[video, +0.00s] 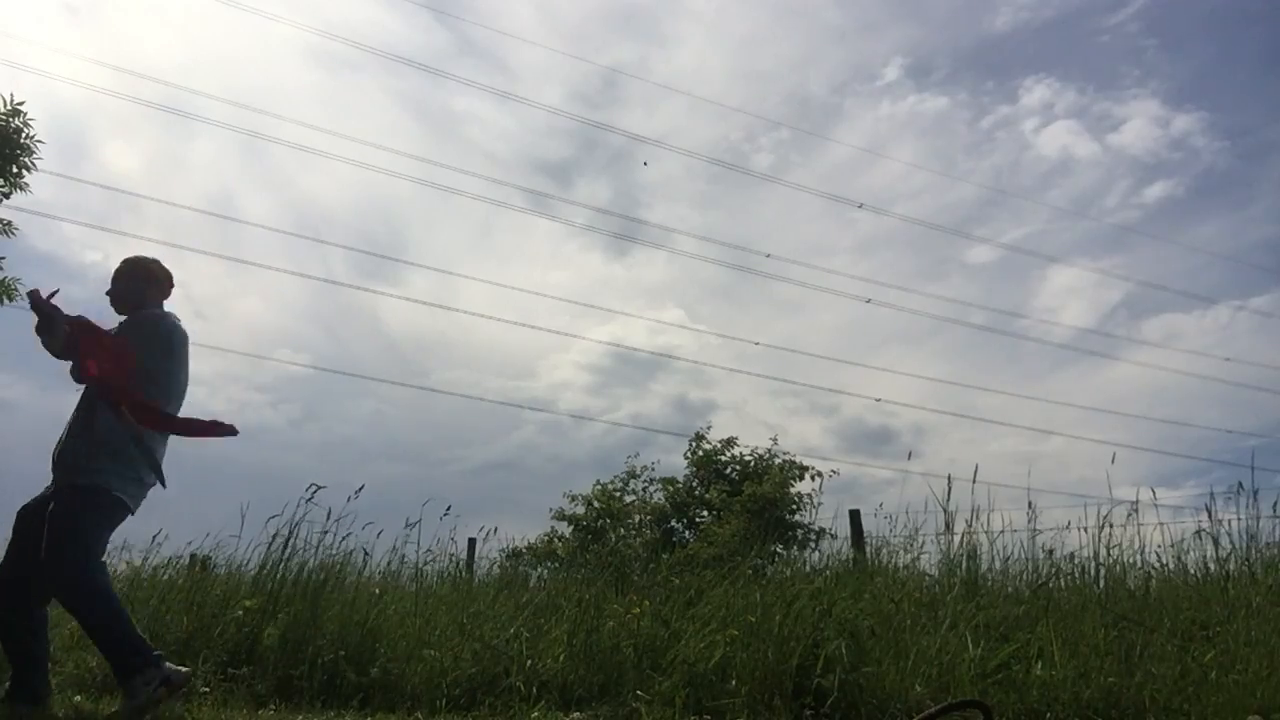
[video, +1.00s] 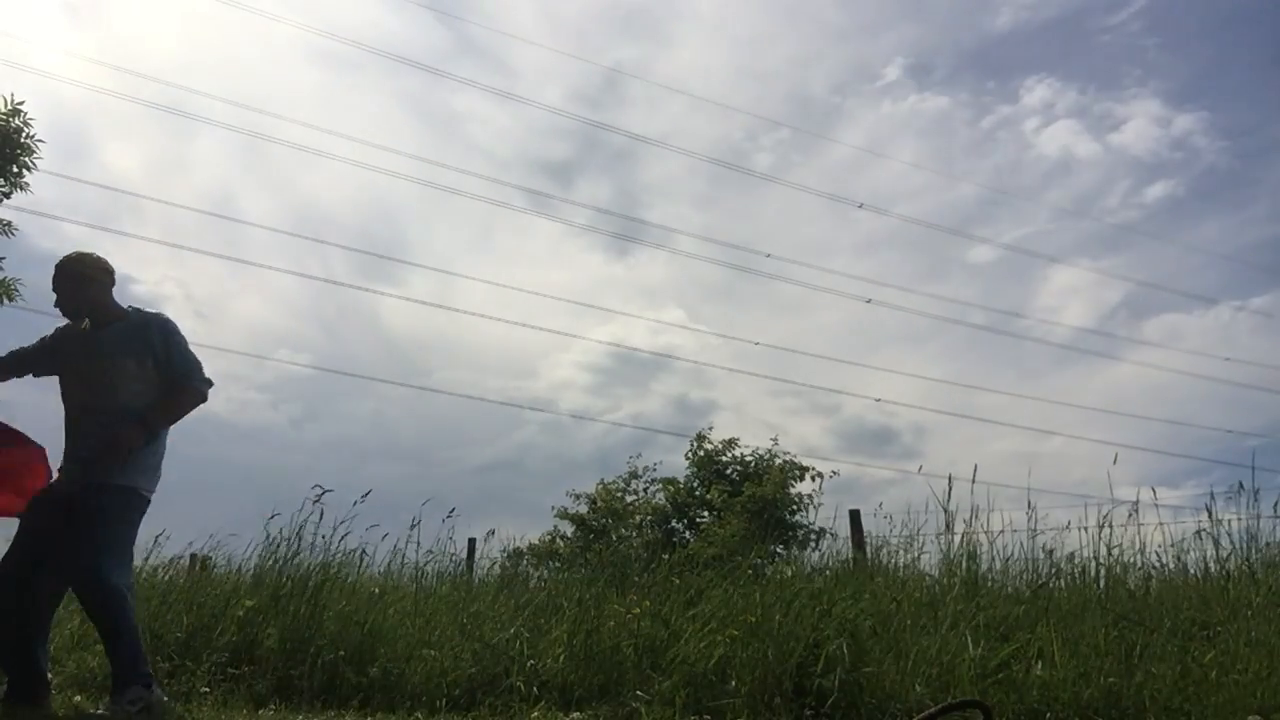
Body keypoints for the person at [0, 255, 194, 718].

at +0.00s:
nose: (110, 294)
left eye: (119, 285)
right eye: (111, 286)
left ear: (148, 286)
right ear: (150, 288)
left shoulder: (159, 328)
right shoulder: (135, 334)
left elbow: (98, 356)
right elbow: (73, 349)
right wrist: (50, 320)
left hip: (107, 478)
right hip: (83, 477)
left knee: (71, 566)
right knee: (19, 574)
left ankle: (145, 673)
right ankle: (28, 694)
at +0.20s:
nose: (92, 296)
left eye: (94, 288)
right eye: (92, 289)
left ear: (105, 284)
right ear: (139, 287)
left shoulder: (107, 315)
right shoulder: (167, 341)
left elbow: (58, 379)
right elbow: (146, 417)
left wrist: (58, 413)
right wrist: (73, 417)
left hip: (87, 480)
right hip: (128, 491)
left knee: (71, 578)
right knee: (36, 574)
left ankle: (133, 692)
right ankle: (27, 691)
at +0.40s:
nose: (62, 303)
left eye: (63, 296)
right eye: (63, 297)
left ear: (71, 291)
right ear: (111, 291)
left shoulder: (68, 318)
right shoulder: (159, 338)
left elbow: (52, 367)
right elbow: (183, 410)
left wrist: (5, 420)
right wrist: (194, 387)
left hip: (88, 481)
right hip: (137, 490)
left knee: (87, 578)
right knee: (59, 577)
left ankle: (138, 689)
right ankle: (30, 689)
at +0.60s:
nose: (33, 309)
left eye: (35, 296)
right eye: (30, 299)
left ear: (59, 287)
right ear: (79, 285)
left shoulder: (73, 321)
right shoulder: (132, 324)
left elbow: (87, 380)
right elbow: (192, 352)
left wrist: (24, 430)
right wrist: (184, 424)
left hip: (99, 480)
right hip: (138, 483)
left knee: (100, 579)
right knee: (50, 568)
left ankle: (137, 691)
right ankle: (31, 689)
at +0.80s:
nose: (36, 304)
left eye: (40, 292)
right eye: (33, 295)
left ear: (69, 282)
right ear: (62, 289)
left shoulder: (138, 321)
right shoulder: (58, 342)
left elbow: (178, 377)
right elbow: (46, 389)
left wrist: (122, 417)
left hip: (125, 477)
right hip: (71, 477)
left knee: (112, 572)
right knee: (26, 573)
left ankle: (135, 690)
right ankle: (27, 691)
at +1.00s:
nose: (57, 300)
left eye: (63, 289)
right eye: (55, 292)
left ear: (95, 284)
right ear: (68, 294)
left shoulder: (153, 329)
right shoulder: (66, 343)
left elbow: (195, 389)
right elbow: (12, 363)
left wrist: (139, 429)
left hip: (126, 482)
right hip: (73, 479)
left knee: (100, 577)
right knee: (20, 579)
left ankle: (136, 691)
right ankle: (27, 696)